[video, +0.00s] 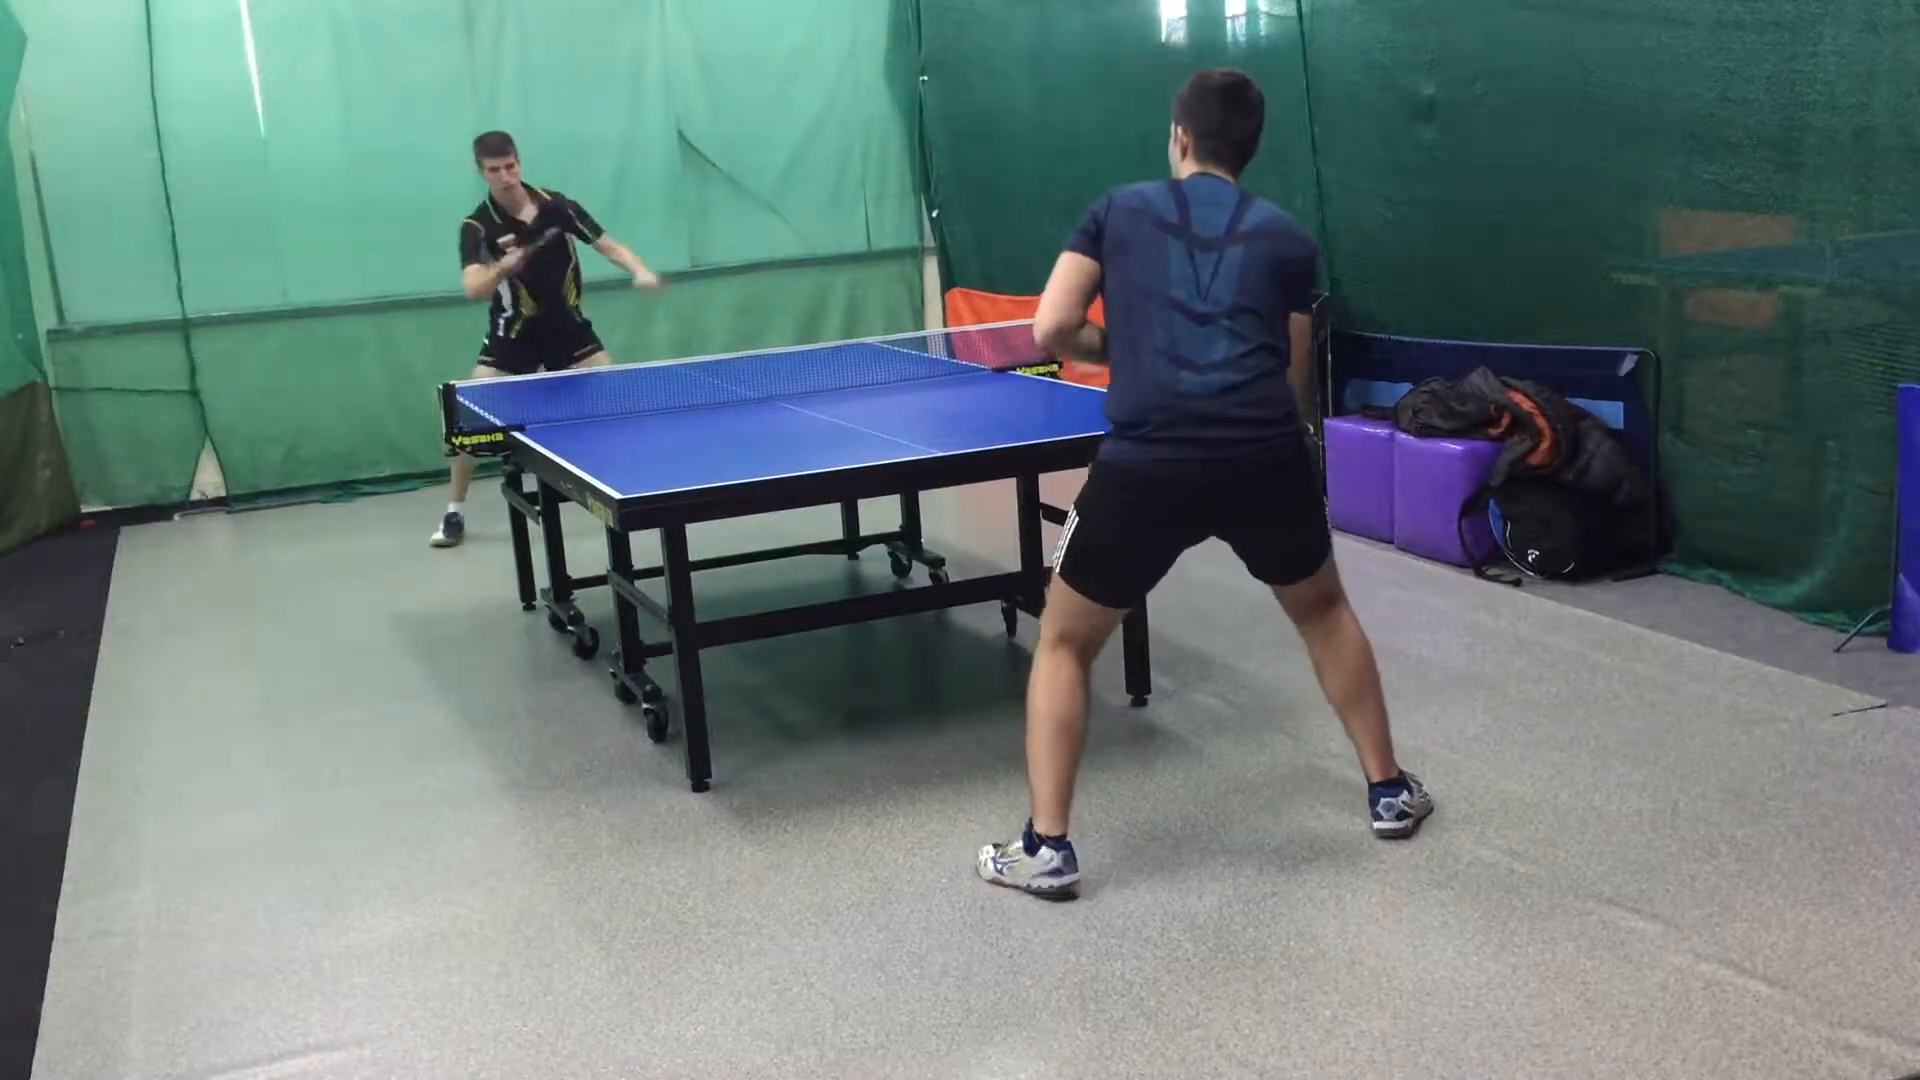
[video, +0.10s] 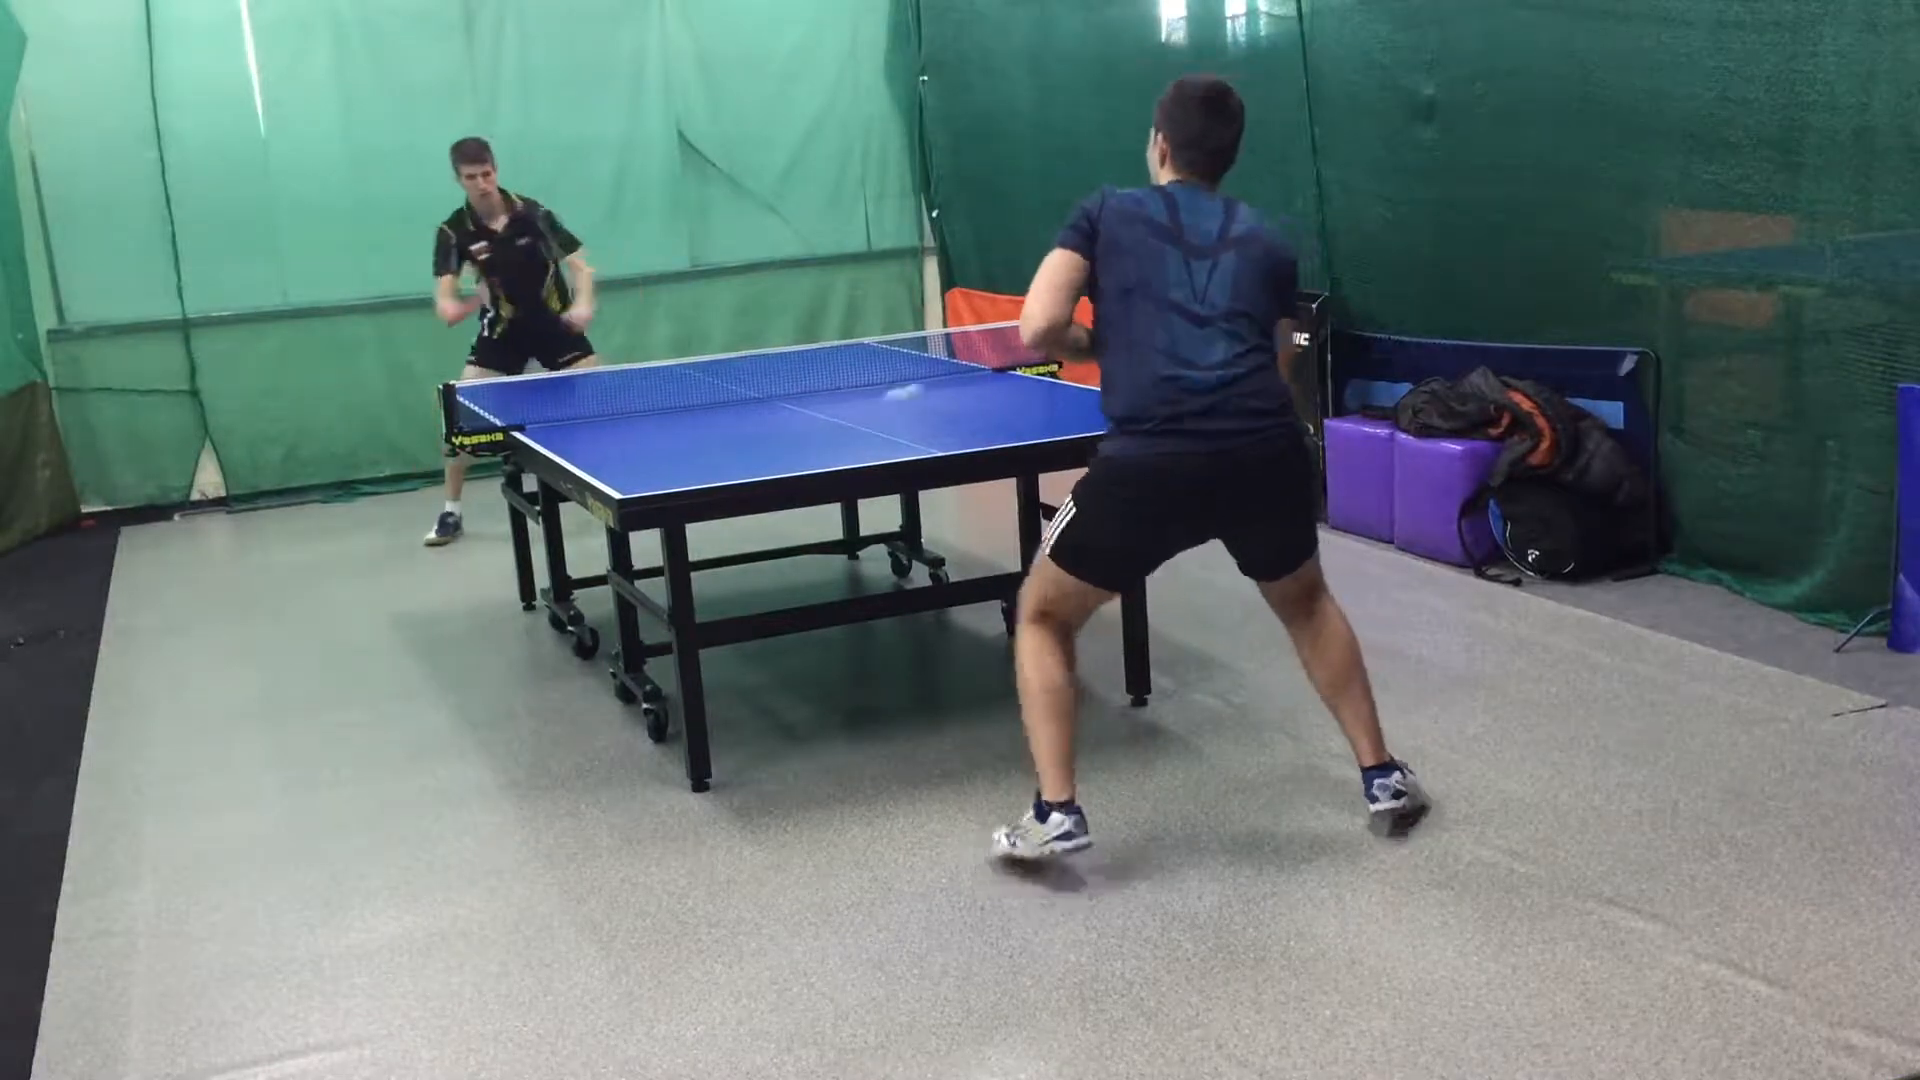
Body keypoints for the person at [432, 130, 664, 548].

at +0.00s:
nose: (504, 176)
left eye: (509, 166)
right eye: (495, 170)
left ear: (519, 163)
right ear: (482, 173)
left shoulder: (556, 206)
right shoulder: (478, 225)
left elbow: (607, 246)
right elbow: (473, 286)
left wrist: (640, 268)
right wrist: (503, 266)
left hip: (568, 328)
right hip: (510, 338)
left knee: (617, 398)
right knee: (473, 416)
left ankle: (635, 491)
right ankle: (454, 512)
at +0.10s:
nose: (481, 183)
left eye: (486, 174)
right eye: (471, 177)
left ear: (496, 171)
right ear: (459, 181)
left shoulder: (531, 212)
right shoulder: (454, 231)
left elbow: (579, 267)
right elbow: (446, 307)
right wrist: (474, 300)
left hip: (550, 322)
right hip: (500, 330)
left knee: (603, 396)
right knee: (464, 410)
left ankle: (624, 490)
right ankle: (451, 510)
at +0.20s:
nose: (462, 196)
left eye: (466, 186)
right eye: (452, 190)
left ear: (476, 181)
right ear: (439, 193)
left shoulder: (510, 224)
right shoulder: (441, 240)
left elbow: (543, 293)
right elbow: (438, 303)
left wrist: (512, 335)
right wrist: (414, 332)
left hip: (541, 318)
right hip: (494, 325)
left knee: (586, 395)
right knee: (457, 403)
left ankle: (613, 489)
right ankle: (450, 511)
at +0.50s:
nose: (475, 166)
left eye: (481, 157)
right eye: (465, 159)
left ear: (490, 155)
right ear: (452, 162)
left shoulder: (518, 204)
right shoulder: (452, 215)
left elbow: (551, 271)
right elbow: (468, 281)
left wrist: (513, 314)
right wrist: (438, 321)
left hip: (548, 314)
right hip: (500, 321)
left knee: (590, 400)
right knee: (461, 403)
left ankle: (623, 491)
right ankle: (452, 509)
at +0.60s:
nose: (491, 161)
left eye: (496, 152)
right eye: (481, 154)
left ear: (505, 152)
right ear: (466, 158)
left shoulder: (533, 200)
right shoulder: (461, 214)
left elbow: (568, 265)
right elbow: (474, 275)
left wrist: (543, 309)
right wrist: (470, 314)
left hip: (555, 311)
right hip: (506, 320)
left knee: (598, 396)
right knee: (463, 402)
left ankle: (625, 492)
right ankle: (453, 510)